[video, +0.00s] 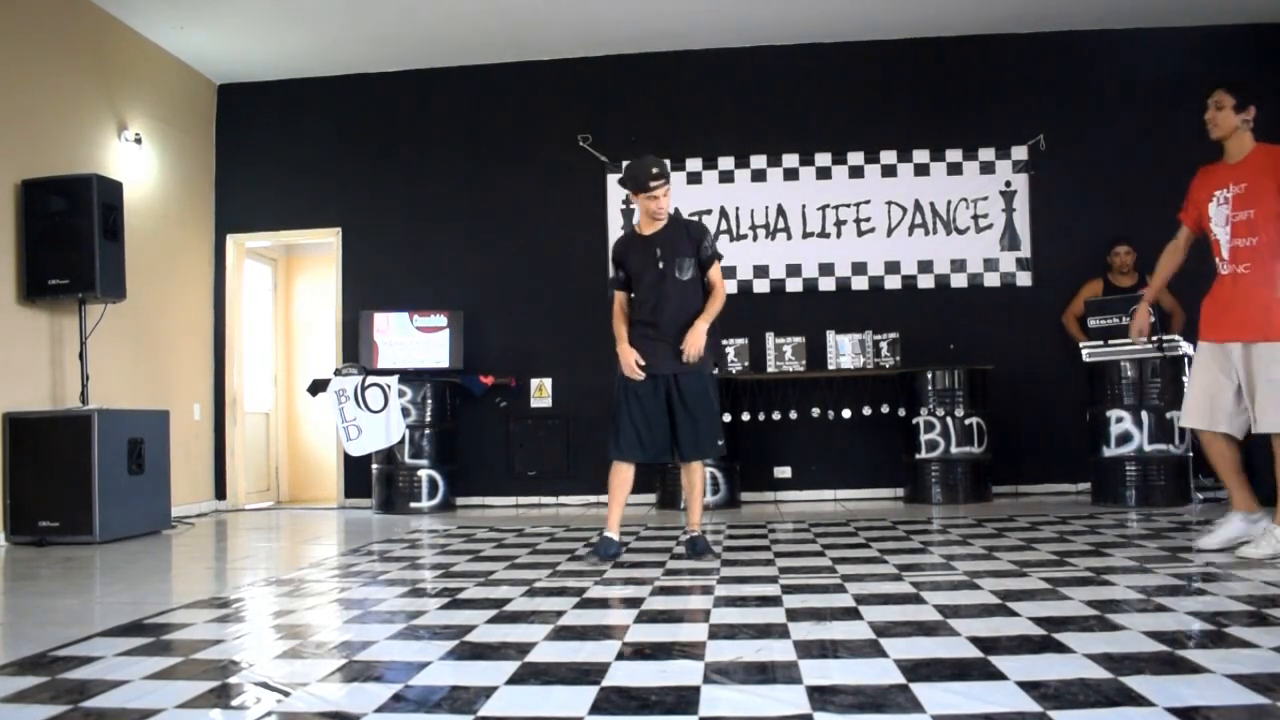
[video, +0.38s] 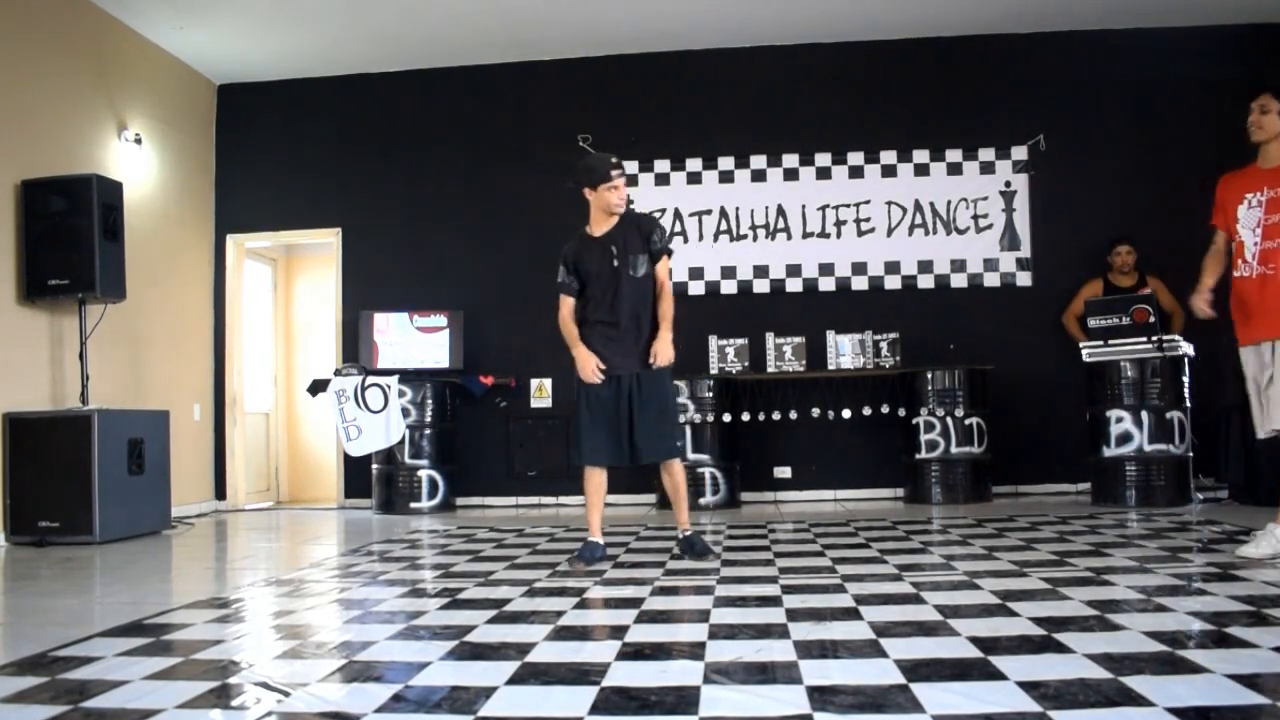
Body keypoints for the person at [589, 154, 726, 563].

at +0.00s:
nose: (660, 204)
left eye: (664, 195)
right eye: (651, 197)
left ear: (671, 192)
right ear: (634, 199)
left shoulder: (693, 234)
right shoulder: (624, 247)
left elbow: (719, 289)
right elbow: (620, 304)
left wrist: (701, 327)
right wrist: (622, 345)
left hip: (689, 364)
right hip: (641, 365)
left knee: (692, 450)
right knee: (625, 449)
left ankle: (695, 531)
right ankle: (610, 535)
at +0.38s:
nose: (622, 193)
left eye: (624, 186)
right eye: (613, 188)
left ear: (626, 189)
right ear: (589, 193)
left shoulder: (645, 229)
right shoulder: (575, 250)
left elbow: (664, 287)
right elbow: (566, 314)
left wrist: (665, 334)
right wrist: (578, 351)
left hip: (648, 362)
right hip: (598, 367)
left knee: (669, 450)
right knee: (595, 455)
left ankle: (686, 531)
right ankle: (594, 539)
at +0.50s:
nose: (609, 191)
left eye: (610, 184)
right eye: (600, 185)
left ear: (613, 187)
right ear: (576, 190)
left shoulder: (633, 231)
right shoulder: (559, 248)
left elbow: (653, 290)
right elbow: (555, 309)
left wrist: (654, 334)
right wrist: (562, 352)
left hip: (638, 362)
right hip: (588, 368)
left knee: (659, 447)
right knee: (590, 455)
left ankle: (672, 531)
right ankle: (594, 540)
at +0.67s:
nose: (600, 190)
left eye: (602, 183)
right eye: (591, 185)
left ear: (604, 187)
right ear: (568, 191)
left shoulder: (623, 231)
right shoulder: (550, 244)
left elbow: (644, 289)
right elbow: (545, 304)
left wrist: (652, 336)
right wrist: (553, 348)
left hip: (633, 360)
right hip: (583, 366)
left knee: (652, 448)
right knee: (589, 456)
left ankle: (662, 534)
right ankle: (594, 540)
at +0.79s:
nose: (599, 191)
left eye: (601, 184)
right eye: (590, 185)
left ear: (603, 188)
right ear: (567, 192)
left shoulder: (623, 229)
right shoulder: (551, 248)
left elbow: (642, 287)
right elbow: (540, 310)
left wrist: (648, 332)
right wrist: (549, 352)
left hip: (630, 362)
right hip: (581, 368)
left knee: (648, 452)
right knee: (588, 458)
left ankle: (659, 538)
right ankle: (594, 541)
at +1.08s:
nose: (599, 190)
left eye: (601, 183)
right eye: (590, 184)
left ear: (603, 187)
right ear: (566, 189)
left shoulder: (621, 232)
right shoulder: (547, 244)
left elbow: (642, 289)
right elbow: (543, 304)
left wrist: (648, 337)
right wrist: (557, 343)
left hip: (631, 362)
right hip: (583, 368)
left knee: (647, 452)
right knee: (589, 457)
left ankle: (660, 537)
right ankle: (595, 540)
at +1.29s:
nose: (598, 191)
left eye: (600, 184)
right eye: (589, 185)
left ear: (603, 188)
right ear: (565, 190)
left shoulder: (625, 230)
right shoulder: (553, 248)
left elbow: (650, 285)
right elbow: (545, 311)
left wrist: (643, 318)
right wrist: (566, 349)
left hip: (635, 356)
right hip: (588, 361)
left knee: (652, 446)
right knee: (592, 452)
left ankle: (662, 536)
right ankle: (595, 539)